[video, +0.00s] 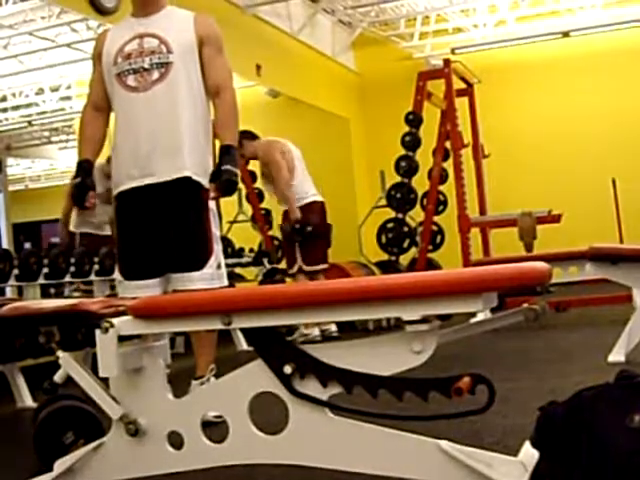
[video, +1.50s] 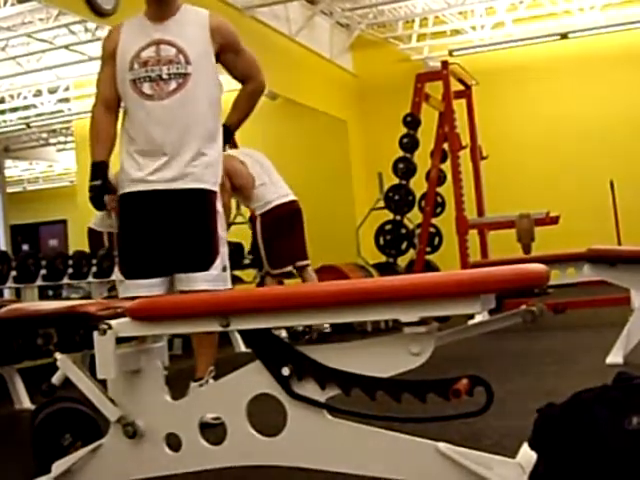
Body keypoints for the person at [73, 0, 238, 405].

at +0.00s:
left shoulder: (199, 27)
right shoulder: (107, 40)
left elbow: (222, 92)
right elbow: (97, 108)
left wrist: (229, 155)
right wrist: (84, 169)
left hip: (187, 174)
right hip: (132, 181)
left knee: (199, 287)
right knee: (141, 294)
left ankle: (205, 381)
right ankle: (150, 387)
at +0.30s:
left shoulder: (199, 28)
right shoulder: (107, 40)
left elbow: (221, 95)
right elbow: (98, 109)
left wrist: (228, 159)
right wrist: (86, 169)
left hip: (187, 177)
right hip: (131, 182)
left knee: (199, 290)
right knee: (140, 296)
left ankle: (206, 380)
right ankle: (148, 387)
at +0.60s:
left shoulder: (202, 32)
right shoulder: (108, 40)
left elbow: (223, 96)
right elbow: (98, 109)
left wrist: (229, 159)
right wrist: (89, 173)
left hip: (190, 178)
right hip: (133, 183)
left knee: (201, 289)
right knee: (143, 297)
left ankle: (205, 381)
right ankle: (148, 388)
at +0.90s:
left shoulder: (209, 34)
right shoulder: (114, 40)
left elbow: (230, 101)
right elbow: (101, 108)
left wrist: (239, 165)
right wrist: (94, 169)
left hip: (195, 179)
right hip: (137, 183)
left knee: (203, 292)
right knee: (140, 298)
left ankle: (204, 384)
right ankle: (145, 387)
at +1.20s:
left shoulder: (210, 31)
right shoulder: (118, 39)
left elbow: (255, 89)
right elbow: (105, 108)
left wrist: (231, 153)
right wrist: (100, 171)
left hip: (198, 179)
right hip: (138, 183)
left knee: (204, 296)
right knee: (142, 300)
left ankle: (204, 386)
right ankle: (148, 390)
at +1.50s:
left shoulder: (212, 29)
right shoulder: (118, 37)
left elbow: (255, 81)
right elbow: (106, 106)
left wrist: (227, 130)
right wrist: (98, 172)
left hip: (197, 176)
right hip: (139, 179)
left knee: (202, 293)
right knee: (141, 297)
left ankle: (204, 385)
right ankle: (148, 388)